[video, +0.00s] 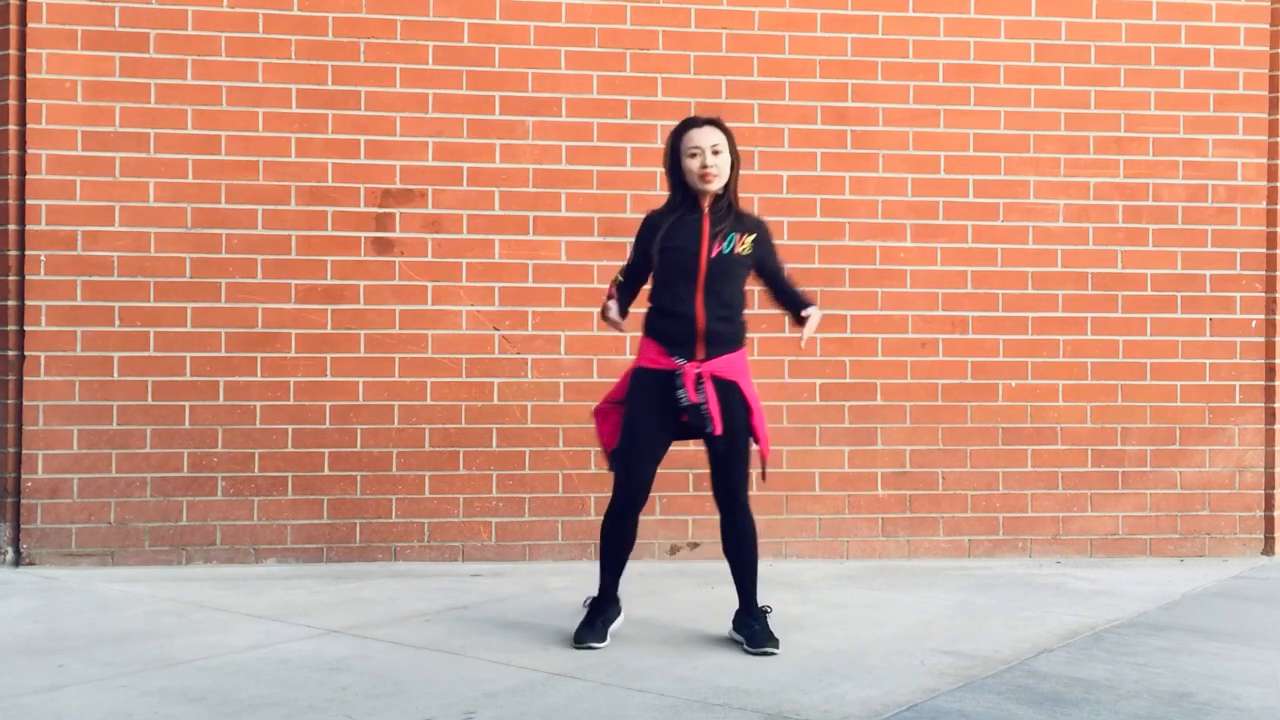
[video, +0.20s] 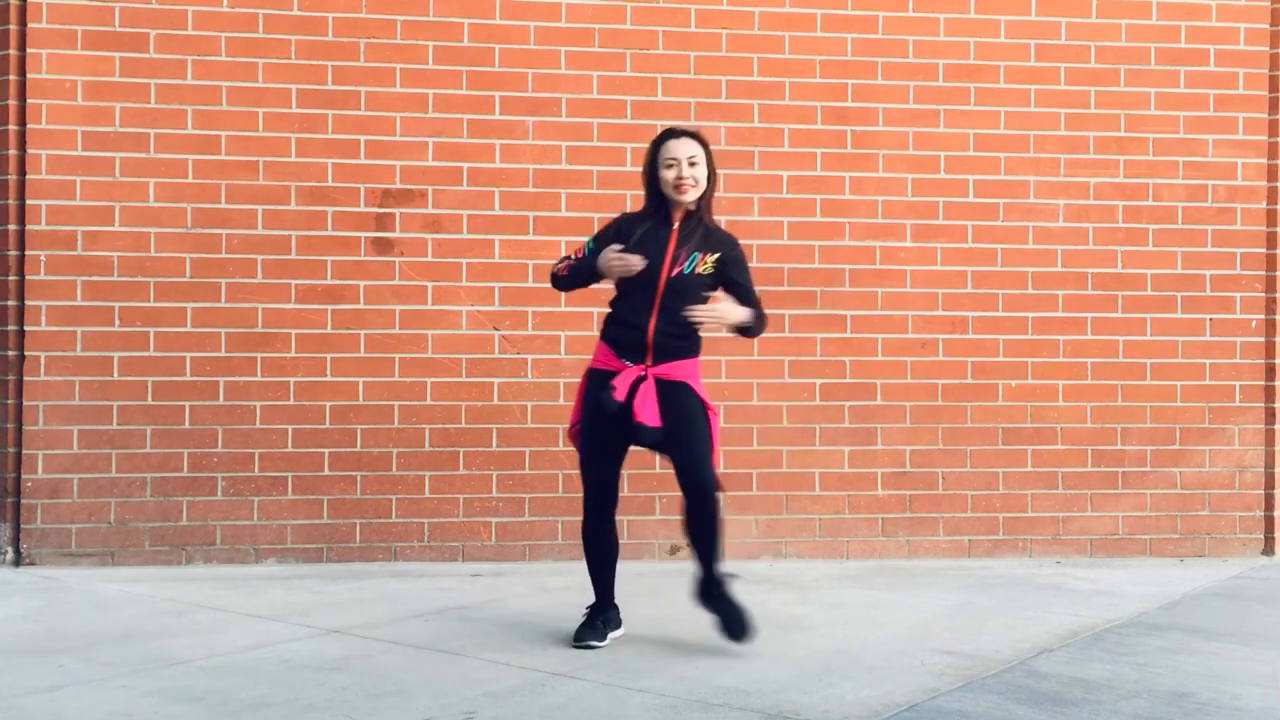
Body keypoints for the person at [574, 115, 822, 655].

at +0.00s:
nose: (707, 162)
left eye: (716, 152)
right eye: (695, 153)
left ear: (732, 159)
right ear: (678, 163)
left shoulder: (749, 229)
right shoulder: (659, 223)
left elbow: (778, 282)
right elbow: (631, 277)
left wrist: (802, 306)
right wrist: (616, 303)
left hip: (723, 375)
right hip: (658, 372)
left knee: (733, 497)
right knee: (628, 493)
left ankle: (750, 611)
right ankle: (605, 601)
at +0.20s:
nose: (683, 174)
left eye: (693, 164)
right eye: (671, 164)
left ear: (708, 173)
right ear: (655, 174)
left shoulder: (720, 246)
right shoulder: (625, 229)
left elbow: (756, 321)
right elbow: (561, 277)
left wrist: (737, 314)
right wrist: (598, 267)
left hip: (676, 379)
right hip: (611, 374)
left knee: (701, 483)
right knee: (598, 498)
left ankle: (710, 582)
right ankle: (604, 606)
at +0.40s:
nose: (667, 173)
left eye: (678, 163)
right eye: (656, 164)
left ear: (694, 169)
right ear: (640, 172)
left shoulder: (705, 238)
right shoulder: (619, 218)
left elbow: (677, 297)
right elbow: (605, 275)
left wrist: (629, 331)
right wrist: (659, 299)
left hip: (656, 371)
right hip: (596, 367)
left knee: (641, 476)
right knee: (599, 487)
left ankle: (577, 597)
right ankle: (605, 604)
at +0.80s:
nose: (673, 162)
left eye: (684, 152)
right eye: (662, 152)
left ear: (699, 160)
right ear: (644, 159)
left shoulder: (716, 226)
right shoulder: (619, 217)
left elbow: (772, 286)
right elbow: (548, 261)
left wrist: (752, 314)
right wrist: (587, 282)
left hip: (687, 367)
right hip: (621, 366)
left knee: (709, 464)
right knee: (615, 493)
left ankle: (702, 571)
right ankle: (606, 606)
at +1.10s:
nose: (703, 174)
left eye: (714, 163)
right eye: (691, 165)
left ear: (728, 170)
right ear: (675, 173)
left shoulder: (754, 228)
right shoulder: (664, 240)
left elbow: (800, 291)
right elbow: (638, 323)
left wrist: (807, 308)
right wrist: (667, 315)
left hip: (763, 378)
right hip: (697, 378)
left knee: (774, 502)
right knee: (669, 489)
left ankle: (763, 616)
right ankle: (629, 584)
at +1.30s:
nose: (738, 163)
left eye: (742, 153)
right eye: (725, 155)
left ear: (749, 158)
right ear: (699, 164)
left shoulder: (771, 218)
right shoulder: (680, 231)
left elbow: (793, 280)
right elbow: (712, 286)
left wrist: (780, 308)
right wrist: (782, 269)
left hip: (777, 372)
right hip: (716, 372)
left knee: (772, 496)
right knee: (725, 479)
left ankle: (763, 618)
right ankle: (772, 587)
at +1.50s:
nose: (754, 171)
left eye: (756, 162)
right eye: (742, 163)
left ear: (757, 170)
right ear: (712, 171)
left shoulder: (775, 233)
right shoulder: (687, 239)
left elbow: (797, 297)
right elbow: (716, 300)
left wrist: (786, 330)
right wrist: (790, 297)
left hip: (780, 381)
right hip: (721, 384)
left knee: (785, 506)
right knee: (763, 502)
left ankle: (761, 616)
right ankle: (808, 628)